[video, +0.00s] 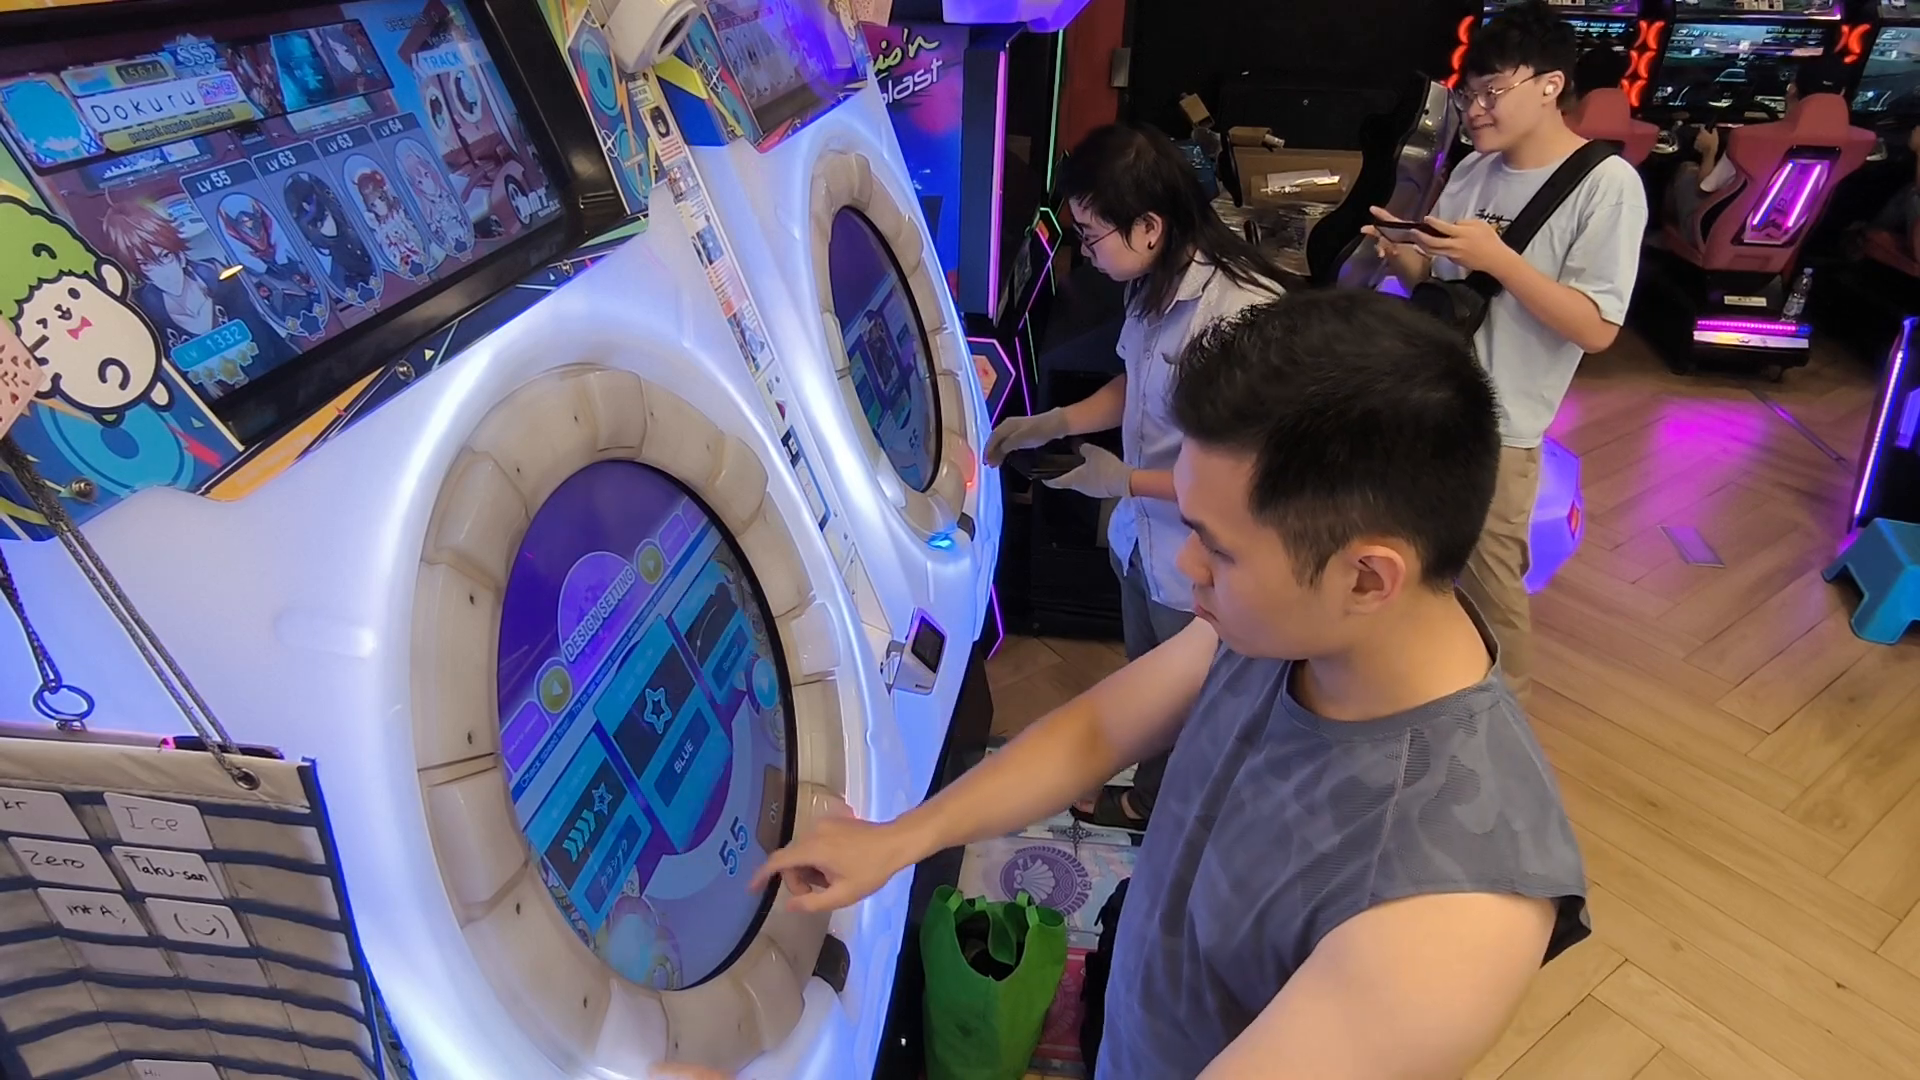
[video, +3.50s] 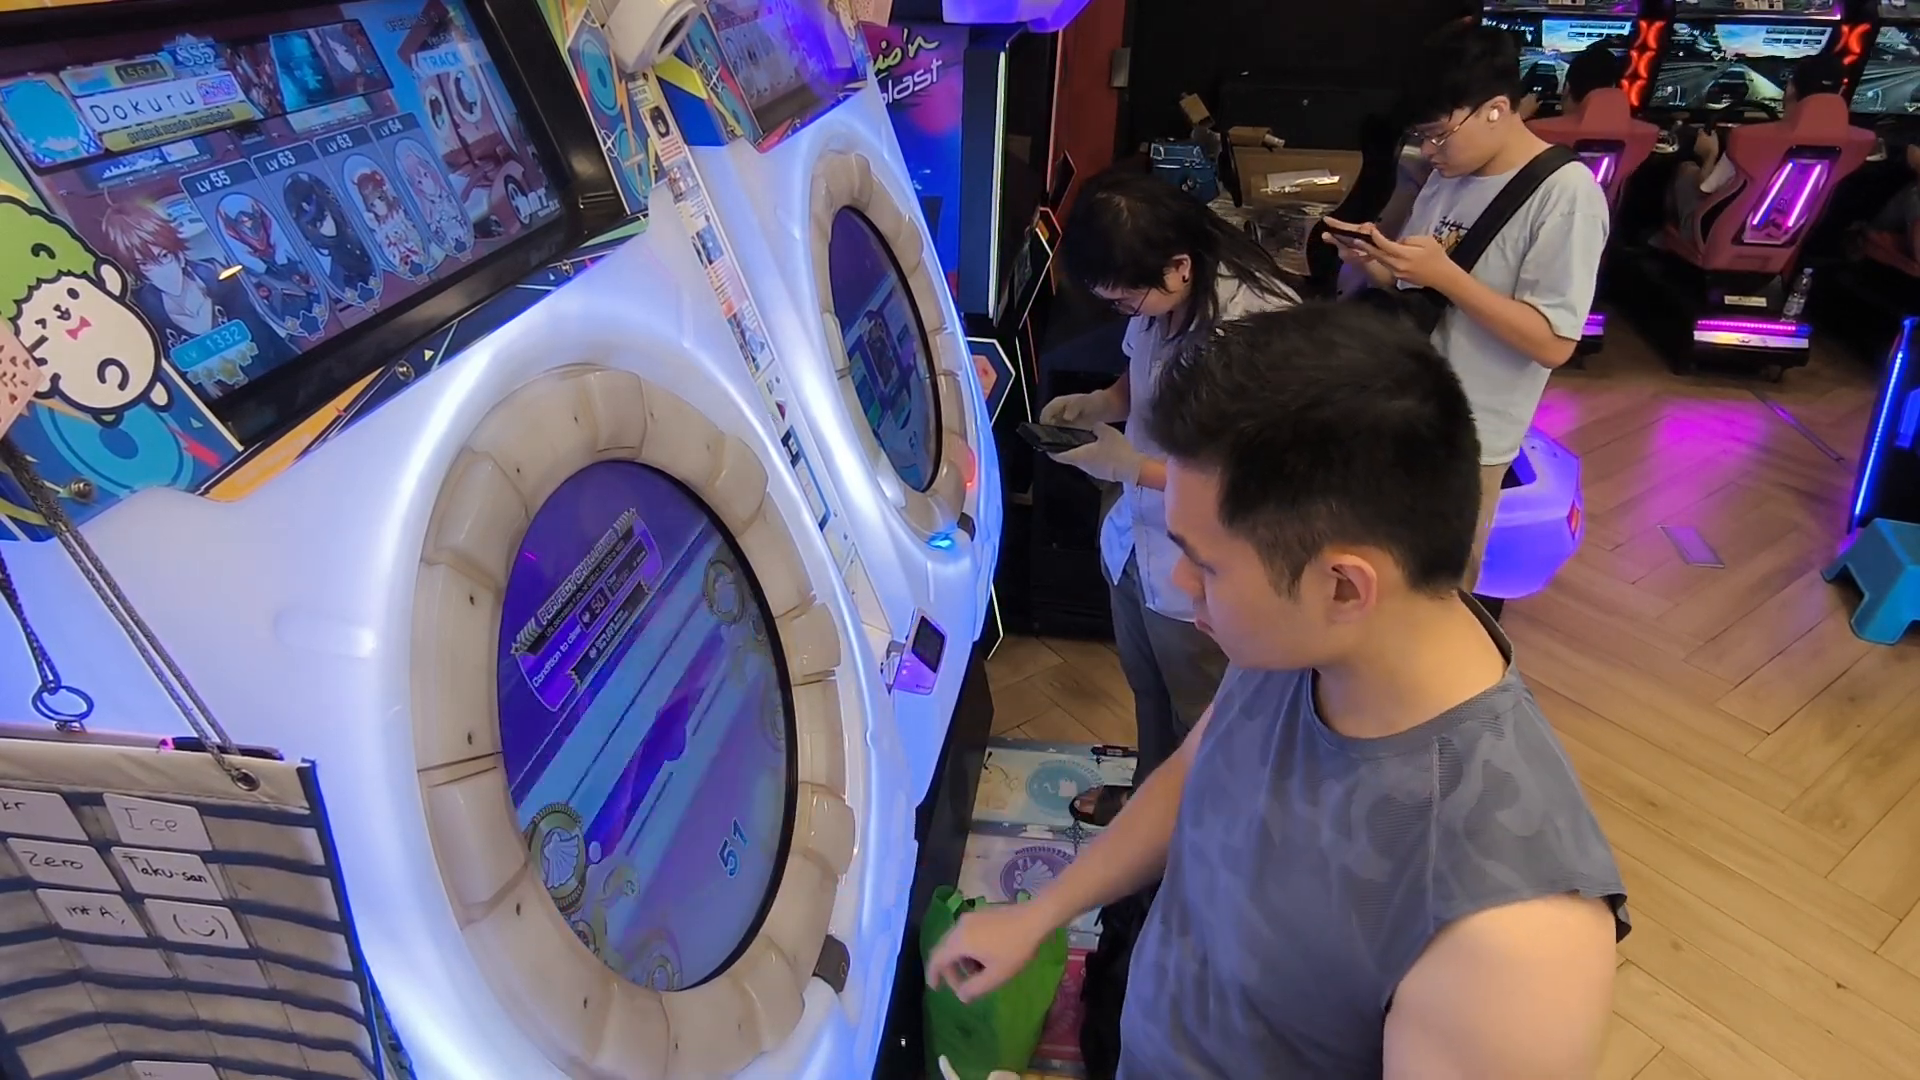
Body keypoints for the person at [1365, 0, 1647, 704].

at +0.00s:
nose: (1477, 110)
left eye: (1493, 92)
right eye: (1471, 96)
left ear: (1550, 87)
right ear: (1464, 100)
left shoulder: (1609, 183)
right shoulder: (1473, 170)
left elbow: (1597, 327)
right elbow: (1423, 269)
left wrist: (1495, 258)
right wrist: (1401, 252)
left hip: (1502, 435)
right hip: (1418, 411)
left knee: (1490, 597)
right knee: (1398, 579)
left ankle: (1498, 724)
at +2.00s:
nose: (1383, 119)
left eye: (1403, 102)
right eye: (1376, 102)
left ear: (1458, 98)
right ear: (1368, 98)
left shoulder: (1519, 181)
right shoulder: (1377, 169)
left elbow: (1522, 324)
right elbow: (1338, 283)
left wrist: (1419, 270)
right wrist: (1315, 259)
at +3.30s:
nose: (1433, 149)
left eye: (1446, 132)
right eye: (1427, 133)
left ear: (1506, 110)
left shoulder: (1572, 192)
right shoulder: (1450, 171)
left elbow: (1559, 344)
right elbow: (1410, 286)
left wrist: (1449, 277)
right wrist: (1376, 262)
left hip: (1470, 448)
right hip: (1396, 418)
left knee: (1438, 613)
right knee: (1364, 599)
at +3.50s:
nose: (1427, 152)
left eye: (1438, 135)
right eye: (1422, 136)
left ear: (1497, 112)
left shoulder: (1568, 190)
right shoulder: (1448, 171)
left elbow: (1555, 343)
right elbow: (1406, 285)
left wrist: (1443, 275)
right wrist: (1373, 260)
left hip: (1471, 445)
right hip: (1393, 416)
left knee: (1443, 601)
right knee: (1367, 592)